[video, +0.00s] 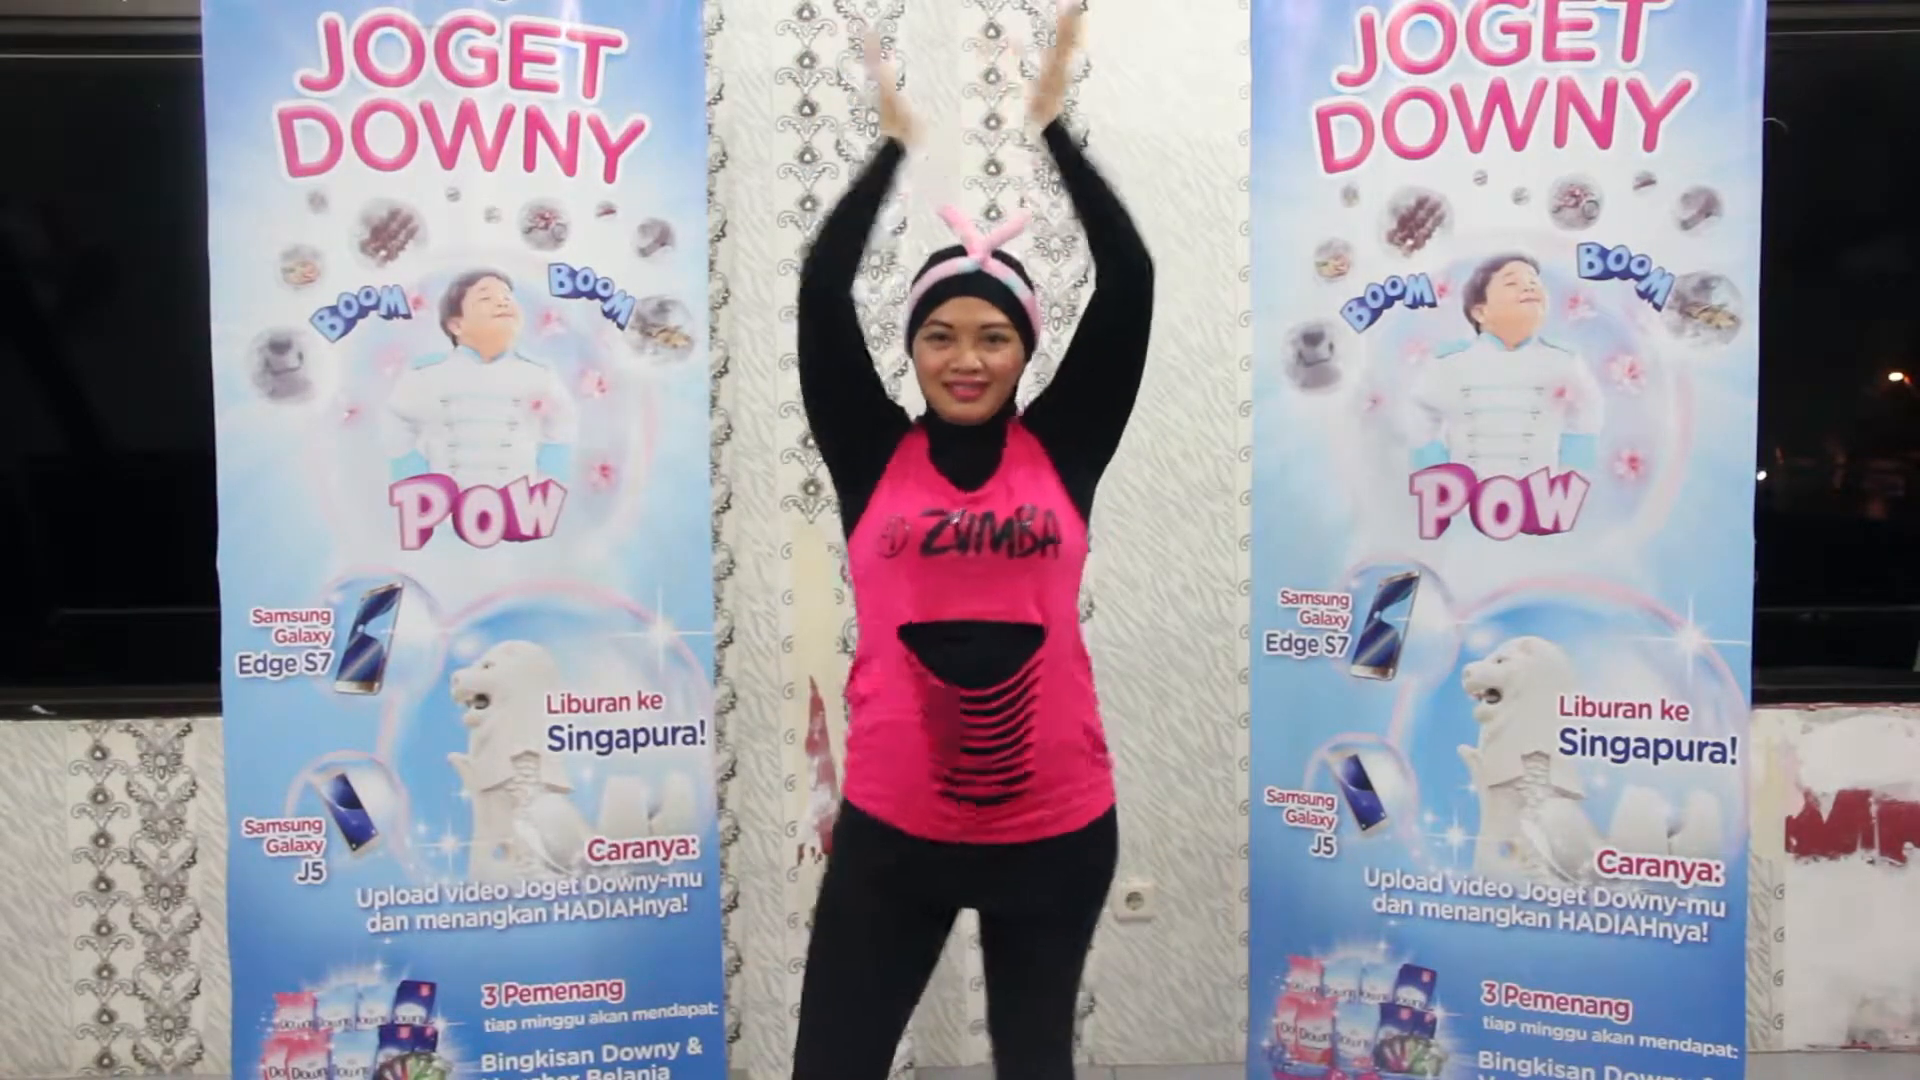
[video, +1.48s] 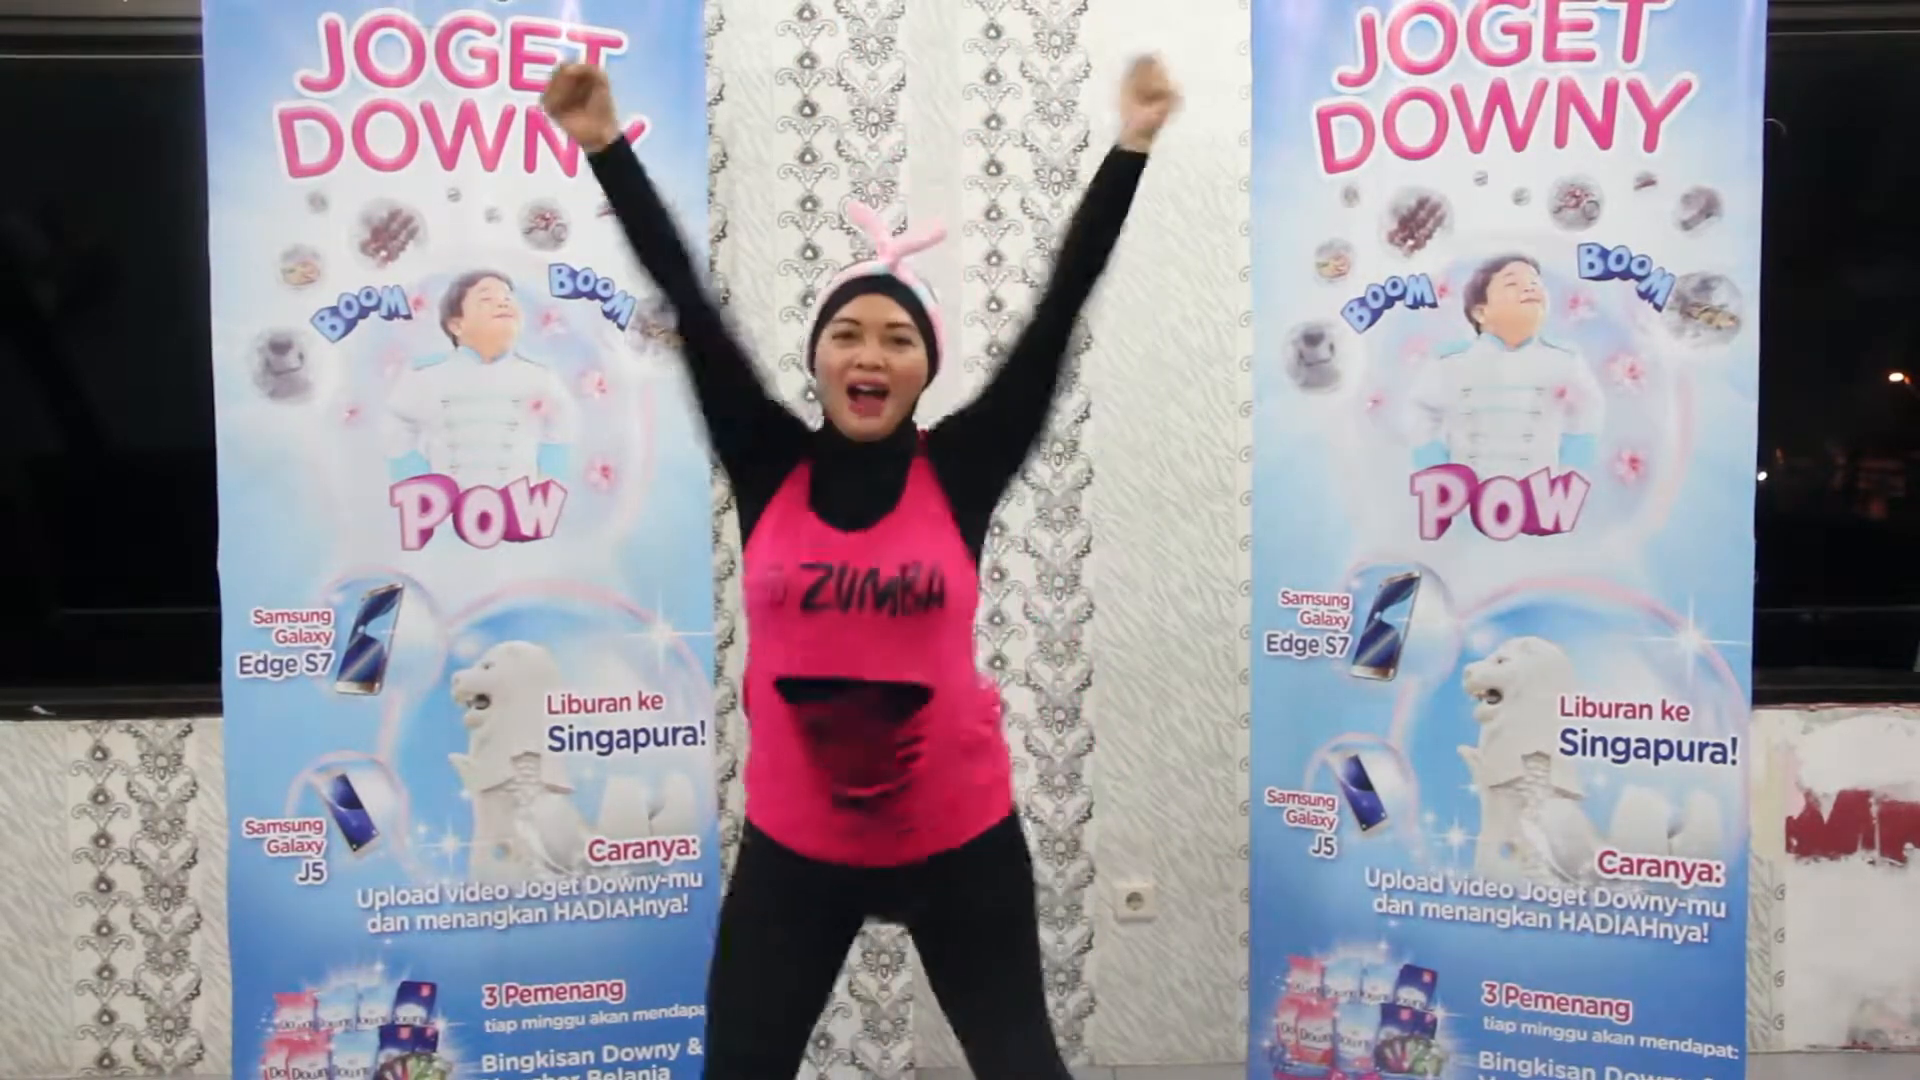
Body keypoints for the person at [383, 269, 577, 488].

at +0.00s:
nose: (502, 302)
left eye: (507, 296)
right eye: (484, 298)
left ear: (519, 314)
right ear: (454, 324)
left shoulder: (538, 377)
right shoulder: (422, 378)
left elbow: (560, 432)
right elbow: (392, 426)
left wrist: (546, 490)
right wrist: (413, 484)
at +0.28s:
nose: (502, 302)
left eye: (508, 296)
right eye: (484, 297)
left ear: (519, 314)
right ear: (454, 324)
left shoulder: (538, 377)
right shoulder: (422, 378)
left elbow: (560, 434)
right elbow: (392, 426)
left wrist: (544, 492)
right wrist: (413, 483)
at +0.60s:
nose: (502, 302)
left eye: (507, 296)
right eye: (484, 297)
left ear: (518, 313)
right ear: (455, 324)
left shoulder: (538, 377)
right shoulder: (423, 377)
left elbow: (560, 431)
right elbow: (392, 425)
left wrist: (546, 489)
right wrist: (413, 483)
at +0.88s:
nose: (503, 302)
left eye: (508, 296)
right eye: (485, 297)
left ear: (518, 314)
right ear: (455, 324)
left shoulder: (537, 377)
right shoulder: (422, 377)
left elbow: (559, 431)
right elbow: (392, 426)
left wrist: (546, 489)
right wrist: (413, 484)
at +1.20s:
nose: (503, 301)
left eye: (508, 296)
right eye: (485, 298)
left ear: (519, 315)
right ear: (455, 324)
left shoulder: (538, 378)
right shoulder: (421, 379)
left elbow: (560, 434)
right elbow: (393, 429)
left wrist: (546, 491)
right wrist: (414, 486)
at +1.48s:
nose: (503, 302)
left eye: (508, 296)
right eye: (485, 298)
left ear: (519, 315)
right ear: (454, 324)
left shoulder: (539, 379)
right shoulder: (422, 379)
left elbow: (560, 435)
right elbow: (393, 429)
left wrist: (547, 489)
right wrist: (415, 486)